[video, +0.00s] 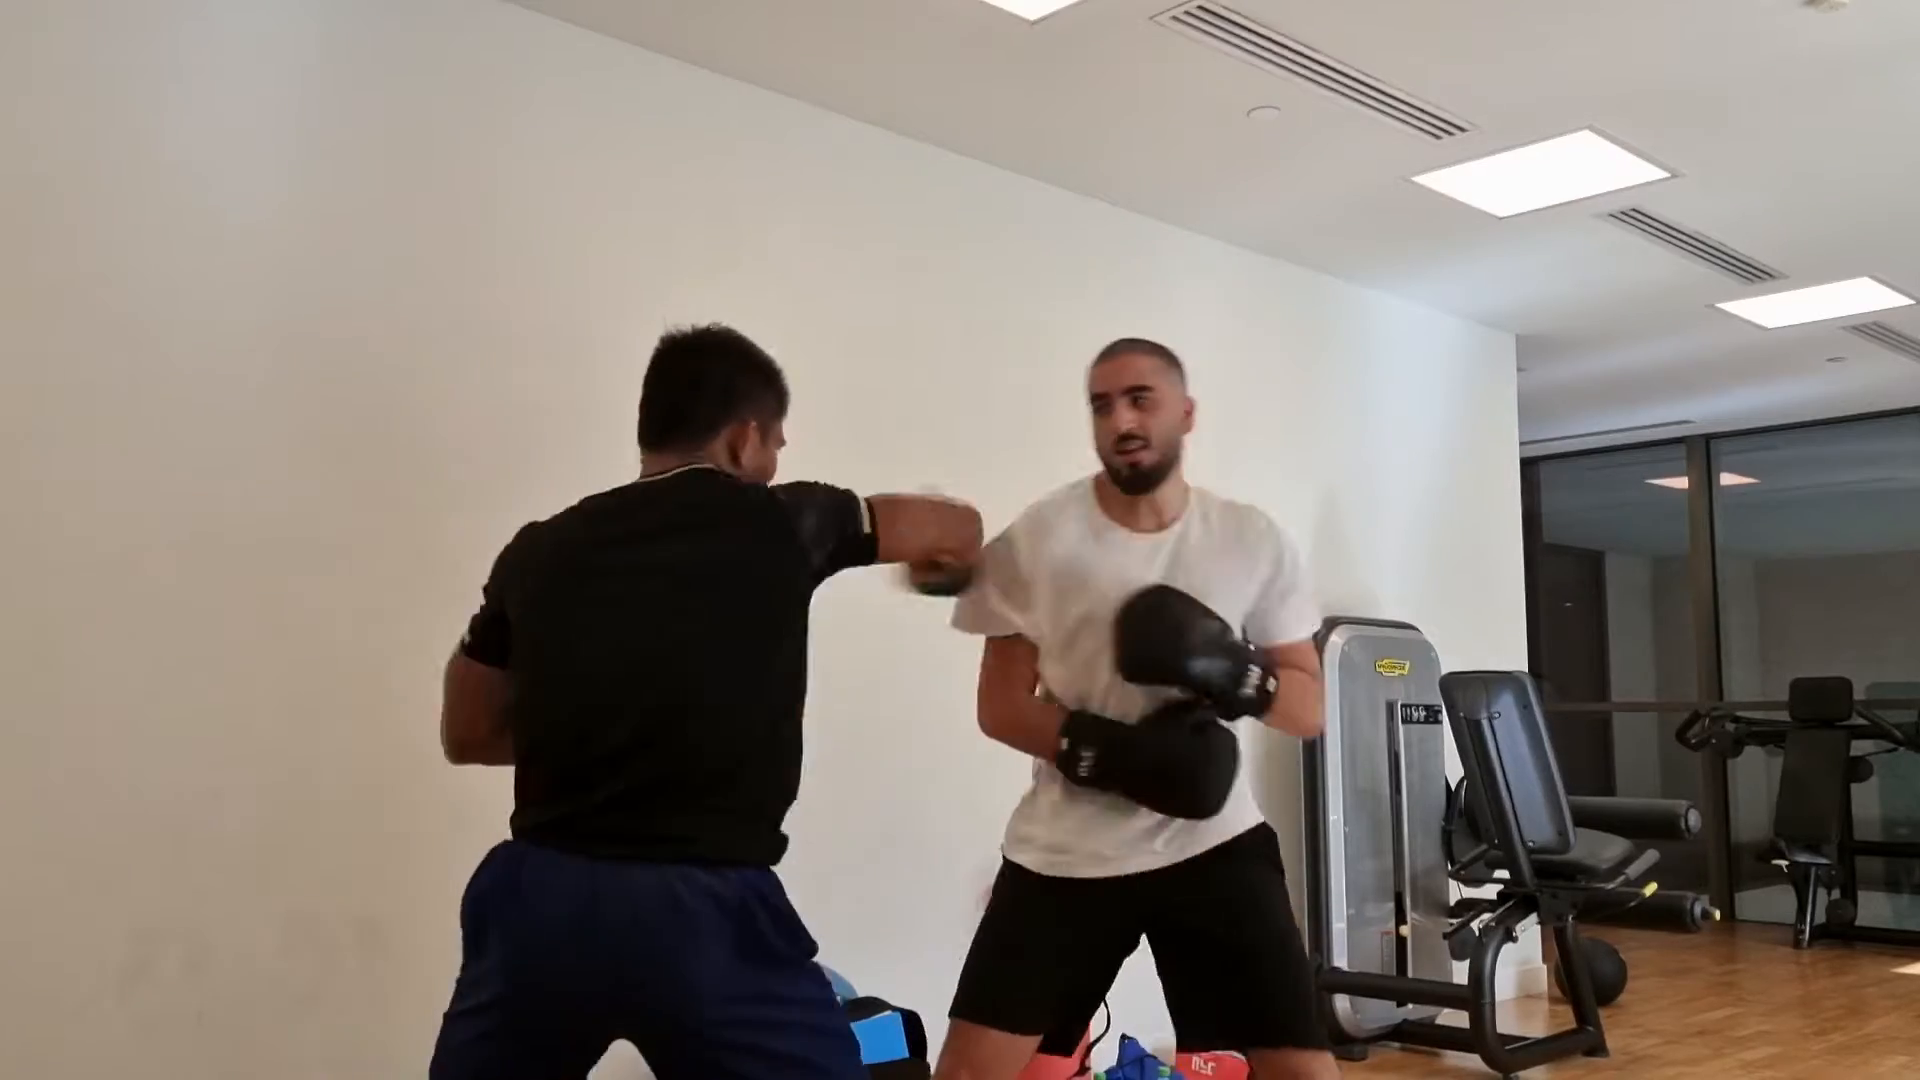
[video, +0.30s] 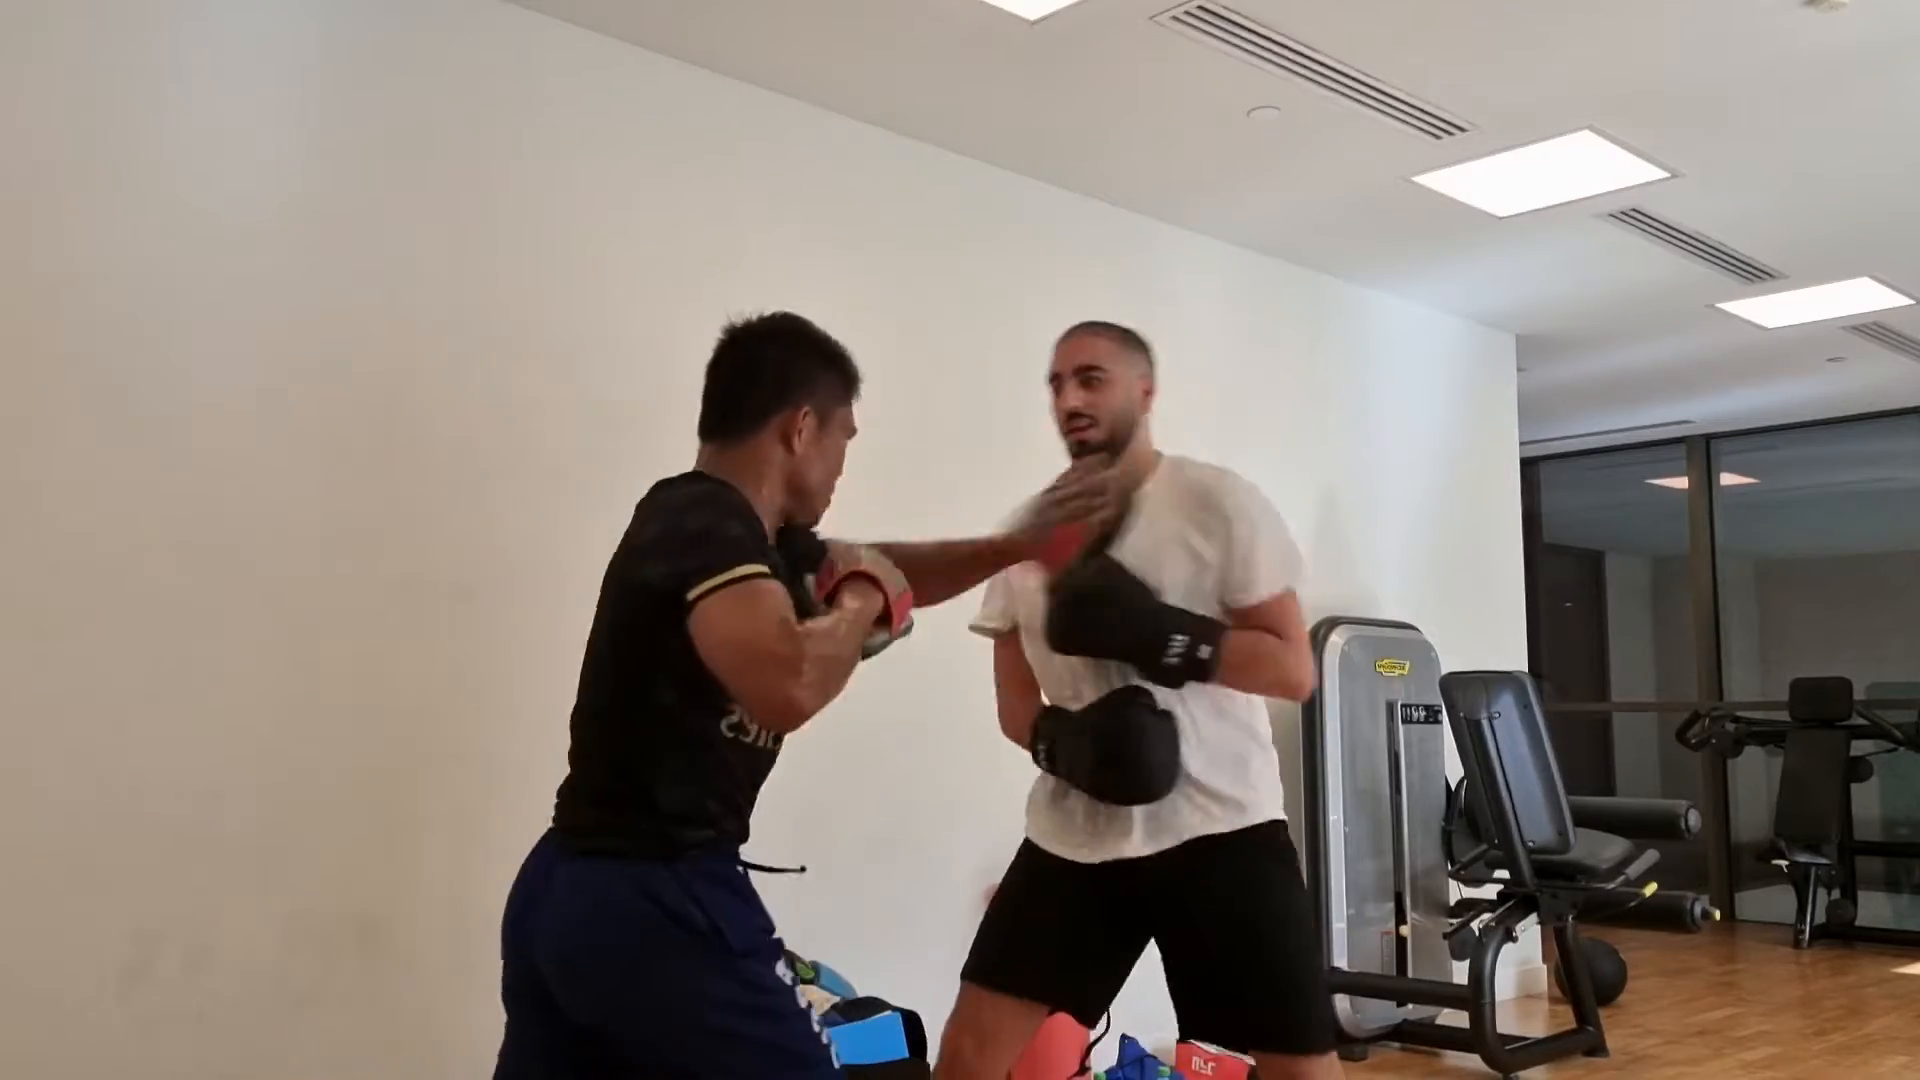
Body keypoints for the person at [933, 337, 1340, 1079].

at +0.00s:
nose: (1121, 419)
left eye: (1141, 398)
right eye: (1103, 405)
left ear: (1188, 412)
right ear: (1090, 425)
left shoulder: (1255, 541)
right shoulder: (1035, 541)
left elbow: (1309, 708)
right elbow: (1001, 708)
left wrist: (1232, 677)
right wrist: (1113, 752)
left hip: (1217, 851)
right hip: (1063, 858)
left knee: (1303, 1070)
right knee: (971, 1069)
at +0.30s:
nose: (1068, 398)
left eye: (1091, 378)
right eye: (1056, 384)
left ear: (1145, 390)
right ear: (1049, 401)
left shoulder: (1221, 503)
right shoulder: (1029, 532)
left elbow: (1295, 668)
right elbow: (1014, 703)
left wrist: (1162, 637)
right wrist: (1062, 738)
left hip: (1222, 842)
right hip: (1071, 847)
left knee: (1302, 1067)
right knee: (969, 1057)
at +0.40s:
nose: (983, 445)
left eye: (1000, 421)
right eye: (973, 433)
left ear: (1062, 425)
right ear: (970, 450)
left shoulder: (1115, 514)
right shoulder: (1034, 567)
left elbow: (1201, 660)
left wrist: (1057, 659)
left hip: (1204, 840)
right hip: (1079, 848)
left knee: (1281, 1066)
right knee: (979, 1047)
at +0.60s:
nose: (1023, 425)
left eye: (1042, 402)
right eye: (1009, 413)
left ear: (1097, 411)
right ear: (1003, 435)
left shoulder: (1173, 513)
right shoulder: (1003, 563)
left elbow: (1266, 674)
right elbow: (994, 728)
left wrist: (1124, 657)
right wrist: (1047, 768)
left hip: (1198, 855)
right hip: (1048, 862)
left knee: (1282, 1068)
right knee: (955, 1060)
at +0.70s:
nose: (1116, 404)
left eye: (1138, 385)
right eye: (1100, 392)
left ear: (1184, 406)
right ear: (1086, 415)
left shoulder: (1249, 542)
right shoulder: (1020, 534)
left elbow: (1291, 716)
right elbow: (984, 694)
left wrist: (1222, 671)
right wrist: (1100, 758)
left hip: (1208, 856)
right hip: (1051, 855)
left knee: (1303, 1066)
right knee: (963, 1065)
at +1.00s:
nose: (1075, 418)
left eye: (1099, 401)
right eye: (1069, 402)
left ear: (1157, 423)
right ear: (1062, 416)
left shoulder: (1217, 521)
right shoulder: (1017, 558)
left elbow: (1303, 670)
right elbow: (997, 718)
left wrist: (1184, 587)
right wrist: (1032, 747)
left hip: (1201, 857)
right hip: (1056, 865)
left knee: (1280, 1069)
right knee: (957, 1063)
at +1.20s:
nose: (1048, 421)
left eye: (1071, 402)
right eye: (1037, 407)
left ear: (1124, 414)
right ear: (1028, 427)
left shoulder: (1173, 491)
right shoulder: (1019, 564)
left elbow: (1185, 606)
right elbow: (1007, 717)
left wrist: (1047, 555)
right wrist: (1037, 747)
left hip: (1196, 839)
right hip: (1060, 844)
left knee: (1275, 1067)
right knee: (955, 1058)